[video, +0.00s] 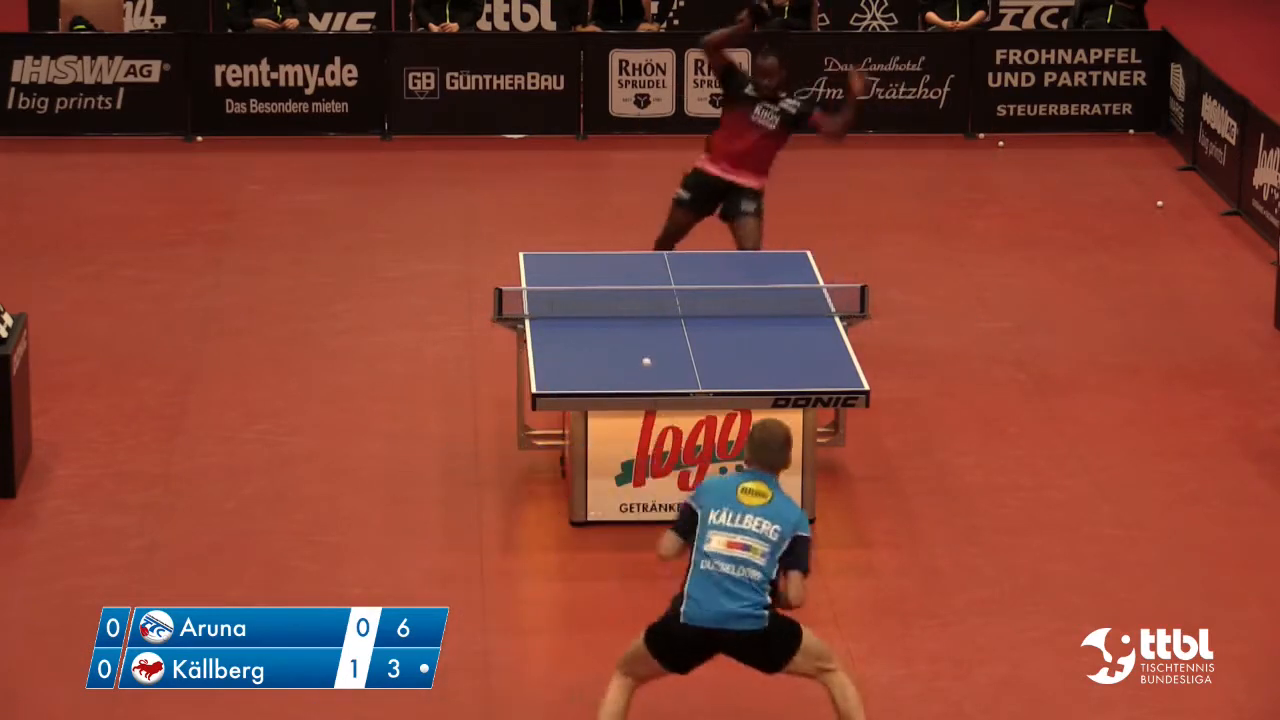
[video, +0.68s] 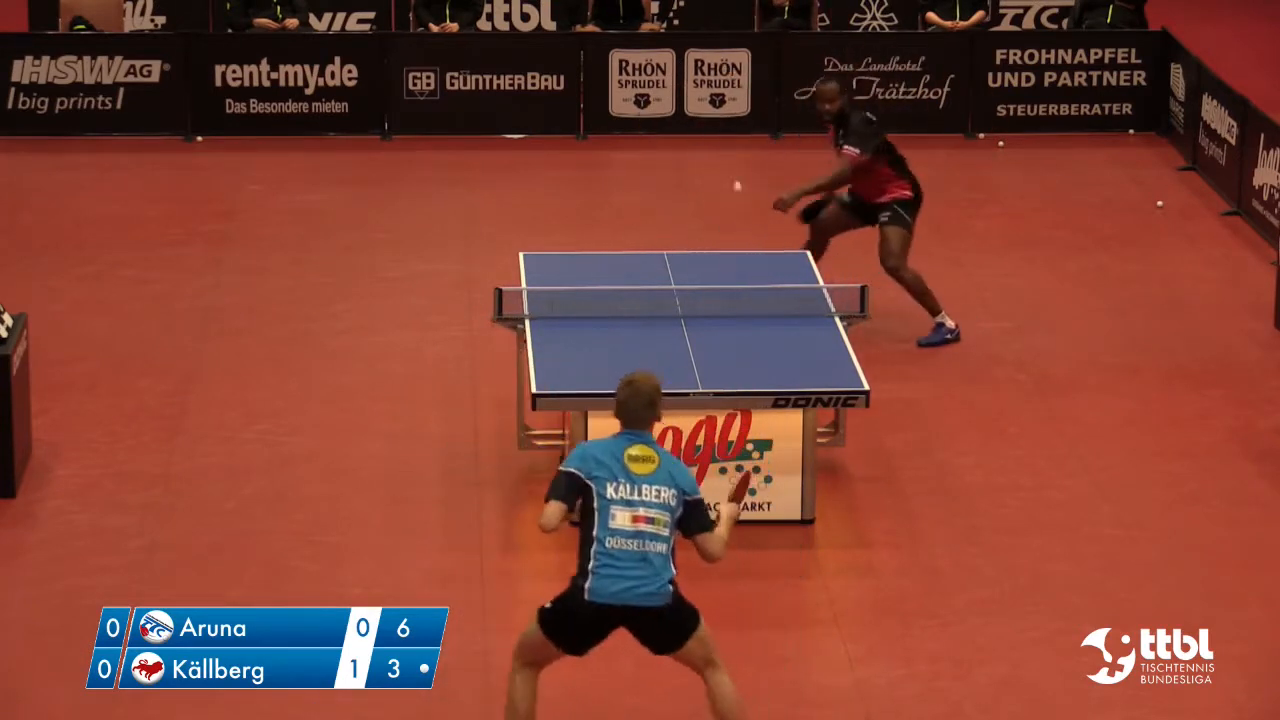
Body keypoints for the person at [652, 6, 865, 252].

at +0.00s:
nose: (764, 80)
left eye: (770, 75)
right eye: (760, 74)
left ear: (782, 75)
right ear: (754, 71)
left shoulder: (794, 109)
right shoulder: (737, 85)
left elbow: (835, 128)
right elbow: (710, 45)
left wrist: (853, 98)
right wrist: (742, 28)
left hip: (746, 190)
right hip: (707, 177)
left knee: (751, 256)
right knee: (665, 241)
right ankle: (650, 291)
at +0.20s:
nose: (768, 67)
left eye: (773, 61)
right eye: (762, 62)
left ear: (784, 60)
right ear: (754, 61)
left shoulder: (803, 93)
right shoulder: (745, 86)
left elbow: (813, 136)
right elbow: (699, 100)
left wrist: (813, 177)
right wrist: (700, 70)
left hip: (785, 181)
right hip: (745, 176)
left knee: (786, 247)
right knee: (706, 232)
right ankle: (684, 281)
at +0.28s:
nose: (772, 67)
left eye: (778, 61)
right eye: (767, 61)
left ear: (789, 59)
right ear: (759, 60)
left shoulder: (808, 91)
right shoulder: (752, 90)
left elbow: (820, 137)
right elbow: (720, 117)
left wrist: (797, 166)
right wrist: (705, 98)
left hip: (805, 175)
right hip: (766, 172)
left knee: (812, 241)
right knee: (723, 224)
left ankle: (815, 291)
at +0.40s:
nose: (781, 85)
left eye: (787, 79)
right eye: (777, 79)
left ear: (798, 79)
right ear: (770, 81)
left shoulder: (814, 106)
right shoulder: (769, 109)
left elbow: (827, 149)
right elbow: (753, 151)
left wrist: (792, 167)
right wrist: (727, 146)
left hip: (830, 185)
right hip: (793, 187)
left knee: (845, 245)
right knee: (750, 236)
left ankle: (896, 300)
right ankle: (763, 300)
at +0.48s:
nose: (795, 99)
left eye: (800, 93)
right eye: (790, 94)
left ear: (811, 93)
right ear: (783, 96)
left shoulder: (829, 117)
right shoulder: (785, 125)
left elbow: (834, 159)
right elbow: (778, 167)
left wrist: (799, 174)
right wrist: (747, 175)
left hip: (852, 194)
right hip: (814, 196)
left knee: (875, 256)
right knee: (764, 239)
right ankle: (765, 310)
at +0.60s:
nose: (816, 110)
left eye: (821, 103)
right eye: (811, 104)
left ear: (834, 101)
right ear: (806, 106)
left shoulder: (853, 125)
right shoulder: (821, 131)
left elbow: (845, 172)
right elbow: (823, 177)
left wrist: (799, 192)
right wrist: (787, 203)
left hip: (887, 196)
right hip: (851, 198)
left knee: (890, 261)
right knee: (800, 241)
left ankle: (945, 323)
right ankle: (788, 311)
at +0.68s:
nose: (825, 108)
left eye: (831, 101)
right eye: (821, 102)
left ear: (844, 99)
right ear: (816, 102)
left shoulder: (859, 123)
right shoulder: (837, 126)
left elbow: (845, 171)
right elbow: (848, 171)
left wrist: (795, 195)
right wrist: (826, 200)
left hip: (897, 198)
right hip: (864, 198)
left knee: (892, 262)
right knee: (820, 227)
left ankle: (945, 323)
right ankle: (793, 287)